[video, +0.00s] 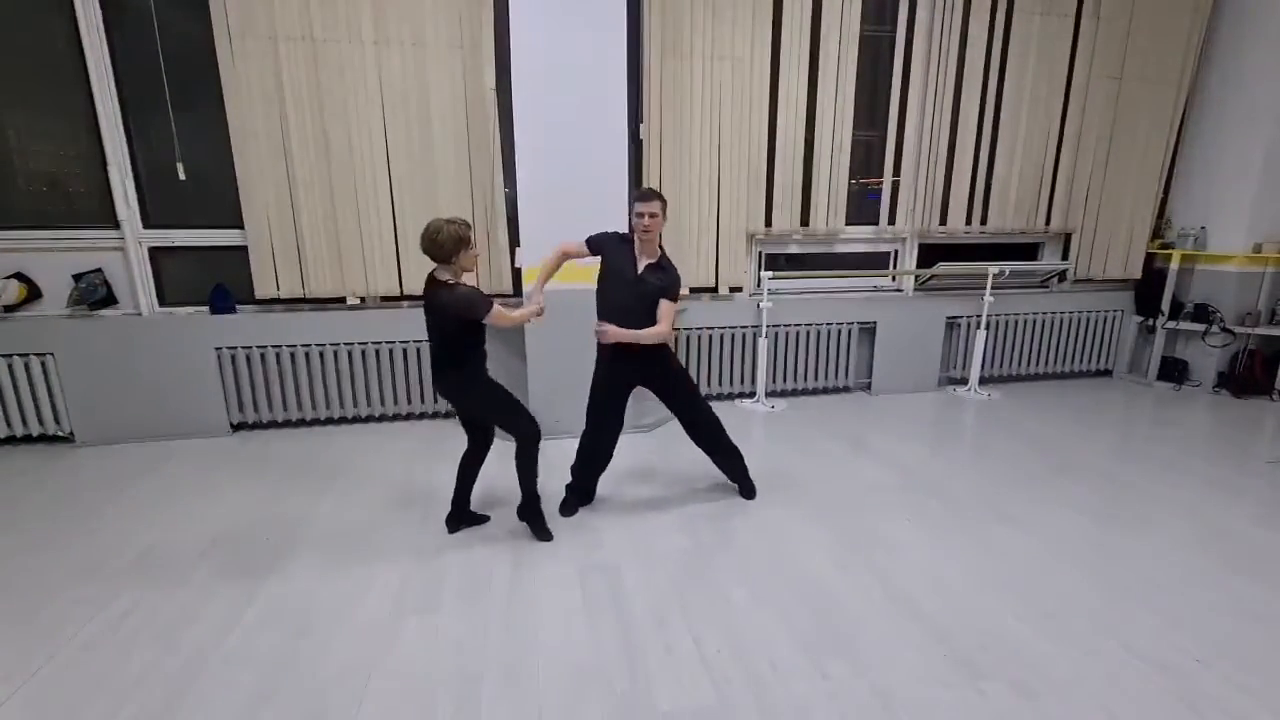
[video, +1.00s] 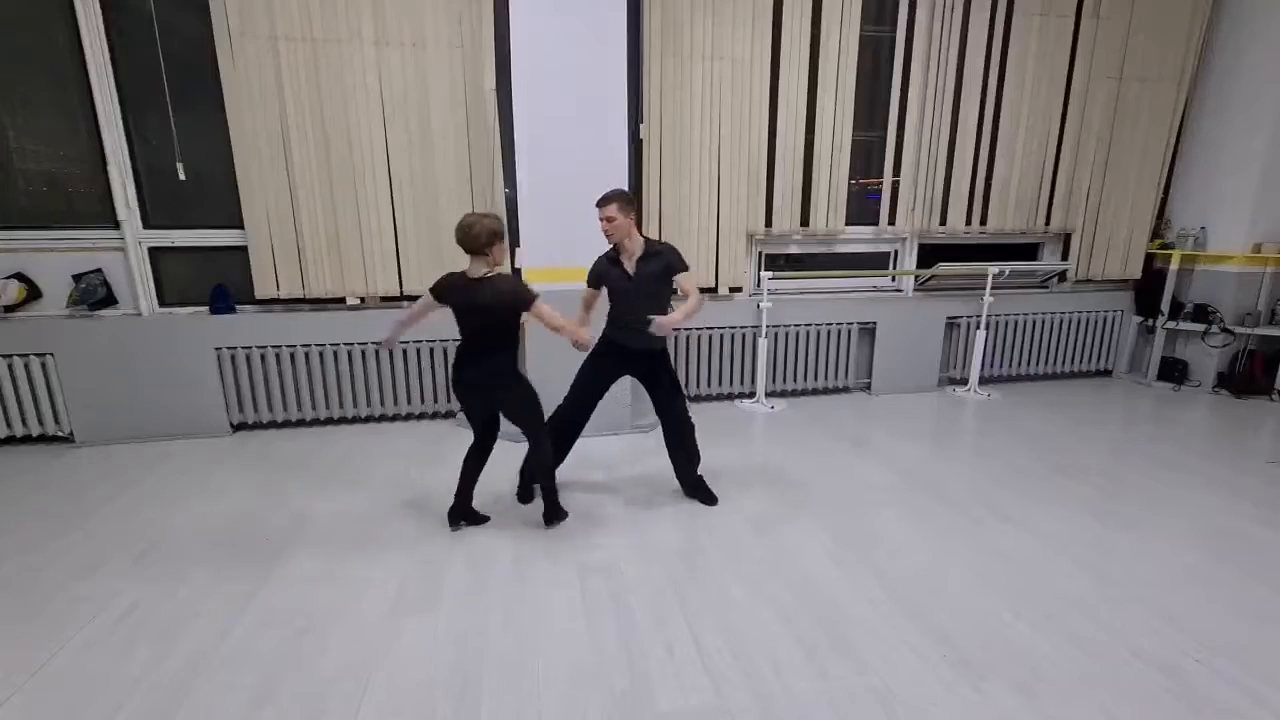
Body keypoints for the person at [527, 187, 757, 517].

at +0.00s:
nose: (645, 222)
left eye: (652, 216)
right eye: (639, 216)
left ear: (663, 220)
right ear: (630, 218)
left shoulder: (668, 275)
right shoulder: (611, 244)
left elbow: (664, 331)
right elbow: (563, 252)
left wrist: (620, 333)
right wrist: (536, 289)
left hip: (655, 357)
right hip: (613, 357)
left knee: (697, 415)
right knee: (599, 427)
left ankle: (739, 474)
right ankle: (578, 491)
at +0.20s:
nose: (654, 221)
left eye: (660, 214)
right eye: (647, 215)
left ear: (671, 218)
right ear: (638, 220)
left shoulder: (693, 264)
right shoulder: (627, 257)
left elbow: (711, 307)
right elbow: (574, 262)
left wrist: (681, 336)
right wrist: (556, 294)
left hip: (664, 359)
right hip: (624, 354)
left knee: (693, 429)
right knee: (589, 419)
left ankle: (690, 479)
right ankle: (568, 490)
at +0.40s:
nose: (652, 219)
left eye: (658, 212)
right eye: (644, 214)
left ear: (667, 216)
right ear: (635, 219)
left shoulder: (687, 255)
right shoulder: (628, 264)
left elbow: (679, 295)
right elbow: (588, 293)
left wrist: (684, 324)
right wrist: (549, 311)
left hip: (677, 355)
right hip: (641, 355)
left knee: (701, 429)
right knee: (600, 417)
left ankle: (695, 480)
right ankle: (543, 473)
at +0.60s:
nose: (639, 219)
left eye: (645, 212)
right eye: (632, 214)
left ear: (655, 215)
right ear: (623, 219)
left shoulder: (669, 252)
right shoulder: (619, 261)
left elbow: (664, 295)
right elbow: (577, 288)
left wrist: (676, 325)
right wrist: (531, 294)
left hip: (673, 352)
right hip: (638, 353)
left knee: (695, 423)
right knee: (599, 416)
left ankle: (694, 478)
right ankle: (546, 475)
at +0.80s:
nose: (616, 222)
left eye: (623, 214)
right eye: (612, 216)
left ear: (643, 214)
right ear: (610, 220)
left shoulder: (671, 251)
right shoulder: (611, 264)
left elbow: (693, 283)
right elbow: (594, 317)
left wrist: (699, 312)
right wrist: (566, 322)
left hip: (664, 351)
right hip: (626, 353)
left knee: (684, 418)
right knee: (591, 415)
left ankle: (692, 478)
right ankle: (541, 481)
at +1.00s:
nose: (604, 227)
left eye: (610, 219)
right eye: (601, 221)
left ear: (631, 218)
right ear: (602, 223)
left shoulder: (665, 255)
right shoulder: (604, 265)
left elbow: (695, 296)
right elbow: (586, 307)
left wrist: (677, 317)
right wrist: (578, 331)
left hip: (652, 352)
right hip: (611, 350)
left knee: (677, 416)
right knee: (573, 410)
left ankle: (691, 479)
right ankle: (533, 470)